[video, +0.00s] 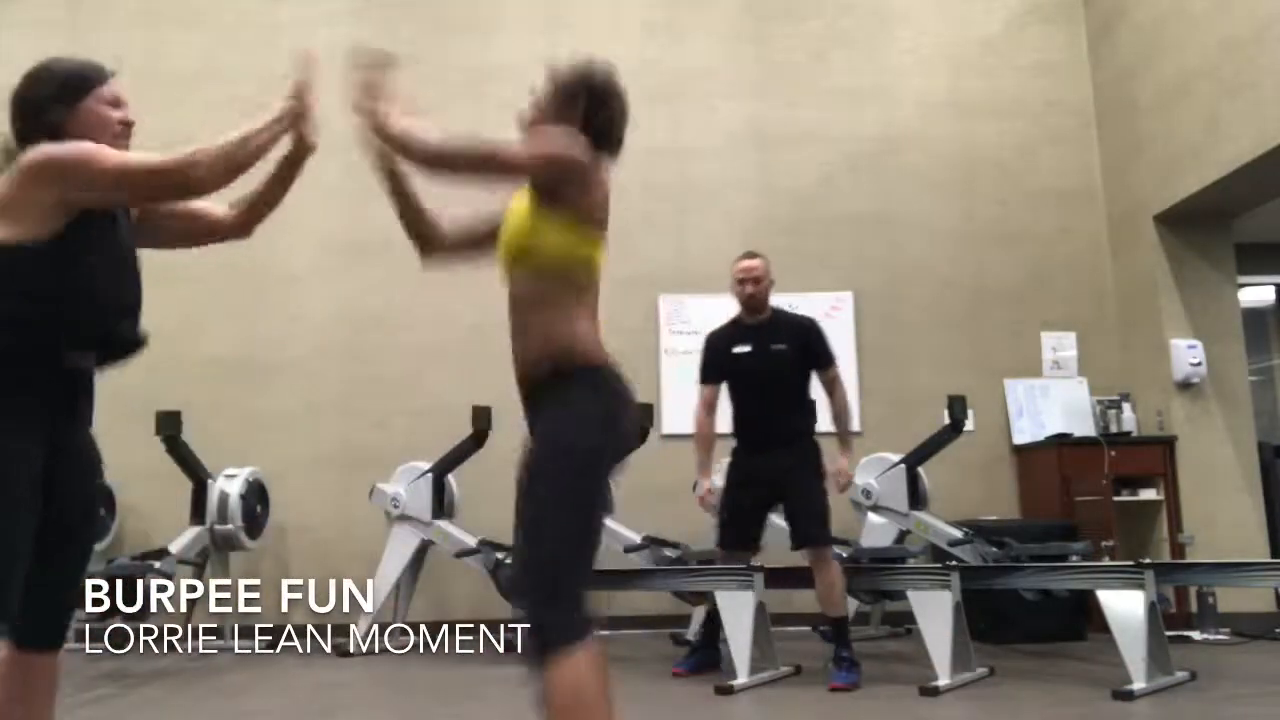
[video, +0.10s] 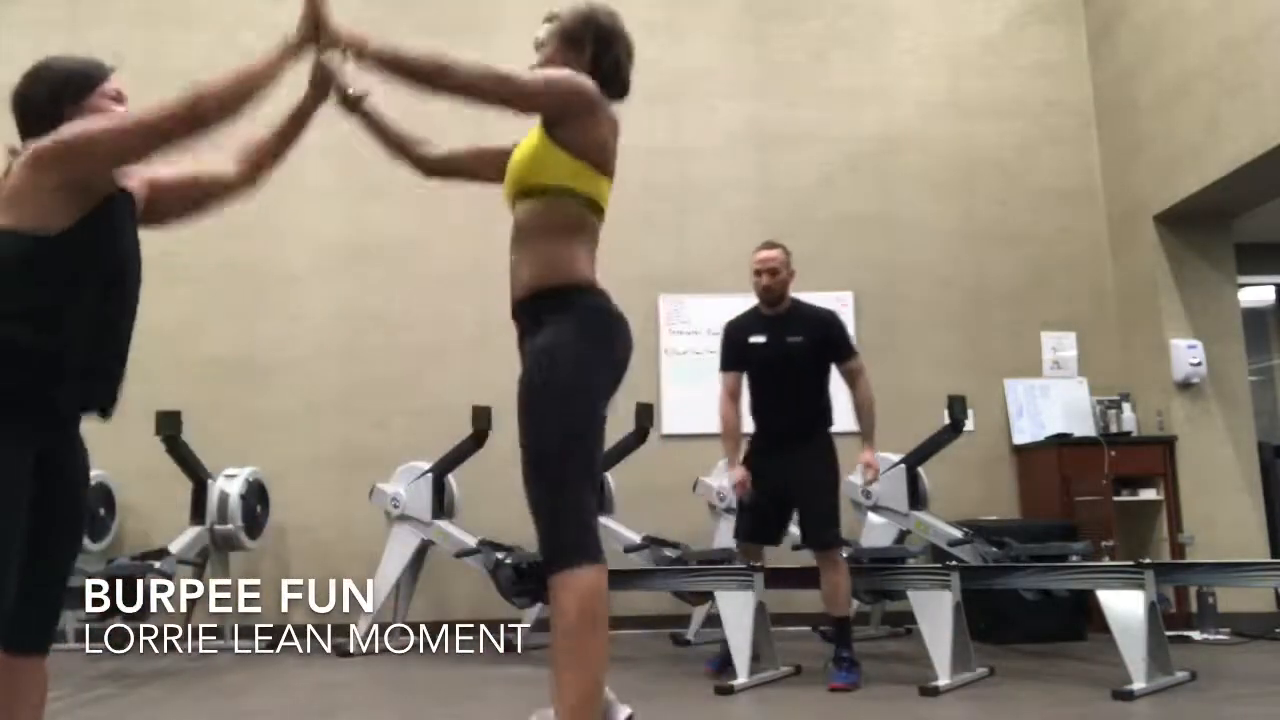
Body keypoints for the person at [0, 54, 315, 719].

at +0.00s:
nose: (127, 116)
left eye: (123, 105)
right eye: (110, 105)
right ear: (61, 117)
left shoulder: (105, 207)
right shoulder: (43, 172)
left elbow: (232, 222)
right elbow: (190, 172)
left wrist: (297, 153)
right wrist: (282, 121)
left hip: (64, 429)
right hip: (17, 426)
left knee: (43, 620)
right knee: (21, 617)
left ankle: (32, 706)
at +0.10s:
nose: (130, 109)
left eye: (125, 98)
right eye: (113, 99)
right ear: (70, 116)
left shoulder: (114, 196)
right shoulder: (46, 167)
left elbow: (239, 172)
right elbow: (195, 112)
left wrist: (315, 97)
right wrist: (292, 45)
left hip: (54, 436)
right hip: (20, 432)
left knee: (31, 627)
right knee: (21, 630)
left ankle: (25, 705)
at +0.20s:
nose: (116, 100)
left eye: (111, 89)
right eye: (101, 89)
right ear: (61, 103)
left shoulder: (109, 171)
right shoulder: (40, 150)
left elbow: (220, 129)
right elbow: (168, 69)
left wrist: (300, 67)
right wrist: (261, 1)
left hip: (53, 425)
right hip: (19, 424)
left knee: (28, 627)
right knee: (20, 630)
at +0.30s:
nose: (104, 135)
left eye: (104, 119)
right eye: (90, 120)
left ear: (84, 124)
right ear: (42, 114)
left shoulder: (87, 184)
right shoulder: (15, 165)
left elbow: (189, 123)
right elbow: (105, 65)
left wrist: (249, 61)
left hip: (62, 430)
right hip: (16, 435)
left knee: (31, 633)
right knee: (19, 635)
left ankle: (27, 712)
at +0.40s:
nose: (99, 127)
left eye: (102, 117)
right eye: (83, 115)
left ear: (97, 127)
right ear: (38, 120)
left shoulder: (87, 191)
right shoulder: (16, 188)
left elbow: (170, 148)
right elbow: (30, 72)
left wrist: (230, 101)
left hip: (66, 441)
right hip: (11, 442)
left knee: (27, 634)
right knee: (12, 633)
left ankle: (20, 710)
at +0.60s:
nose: (133, 186)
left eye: (142, 174)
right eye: (127, 170)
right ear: (81, 151)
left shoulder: (104, 227)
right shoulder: (19, 192)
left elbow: (140, 259)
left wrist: (183, 283)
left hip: (54, 455)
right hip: (5, 453)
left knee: (42, 623)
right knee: (15, 626)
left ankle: (27, 709)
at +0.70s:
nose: (166, 244)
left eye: (174, 234)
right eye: (164, 228)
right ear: (128, 208)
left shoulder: (127, 284)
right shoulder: (33, 242)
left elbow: (138, 365)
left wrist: (158, 419)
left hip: (24, 455)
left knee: (52, 613)